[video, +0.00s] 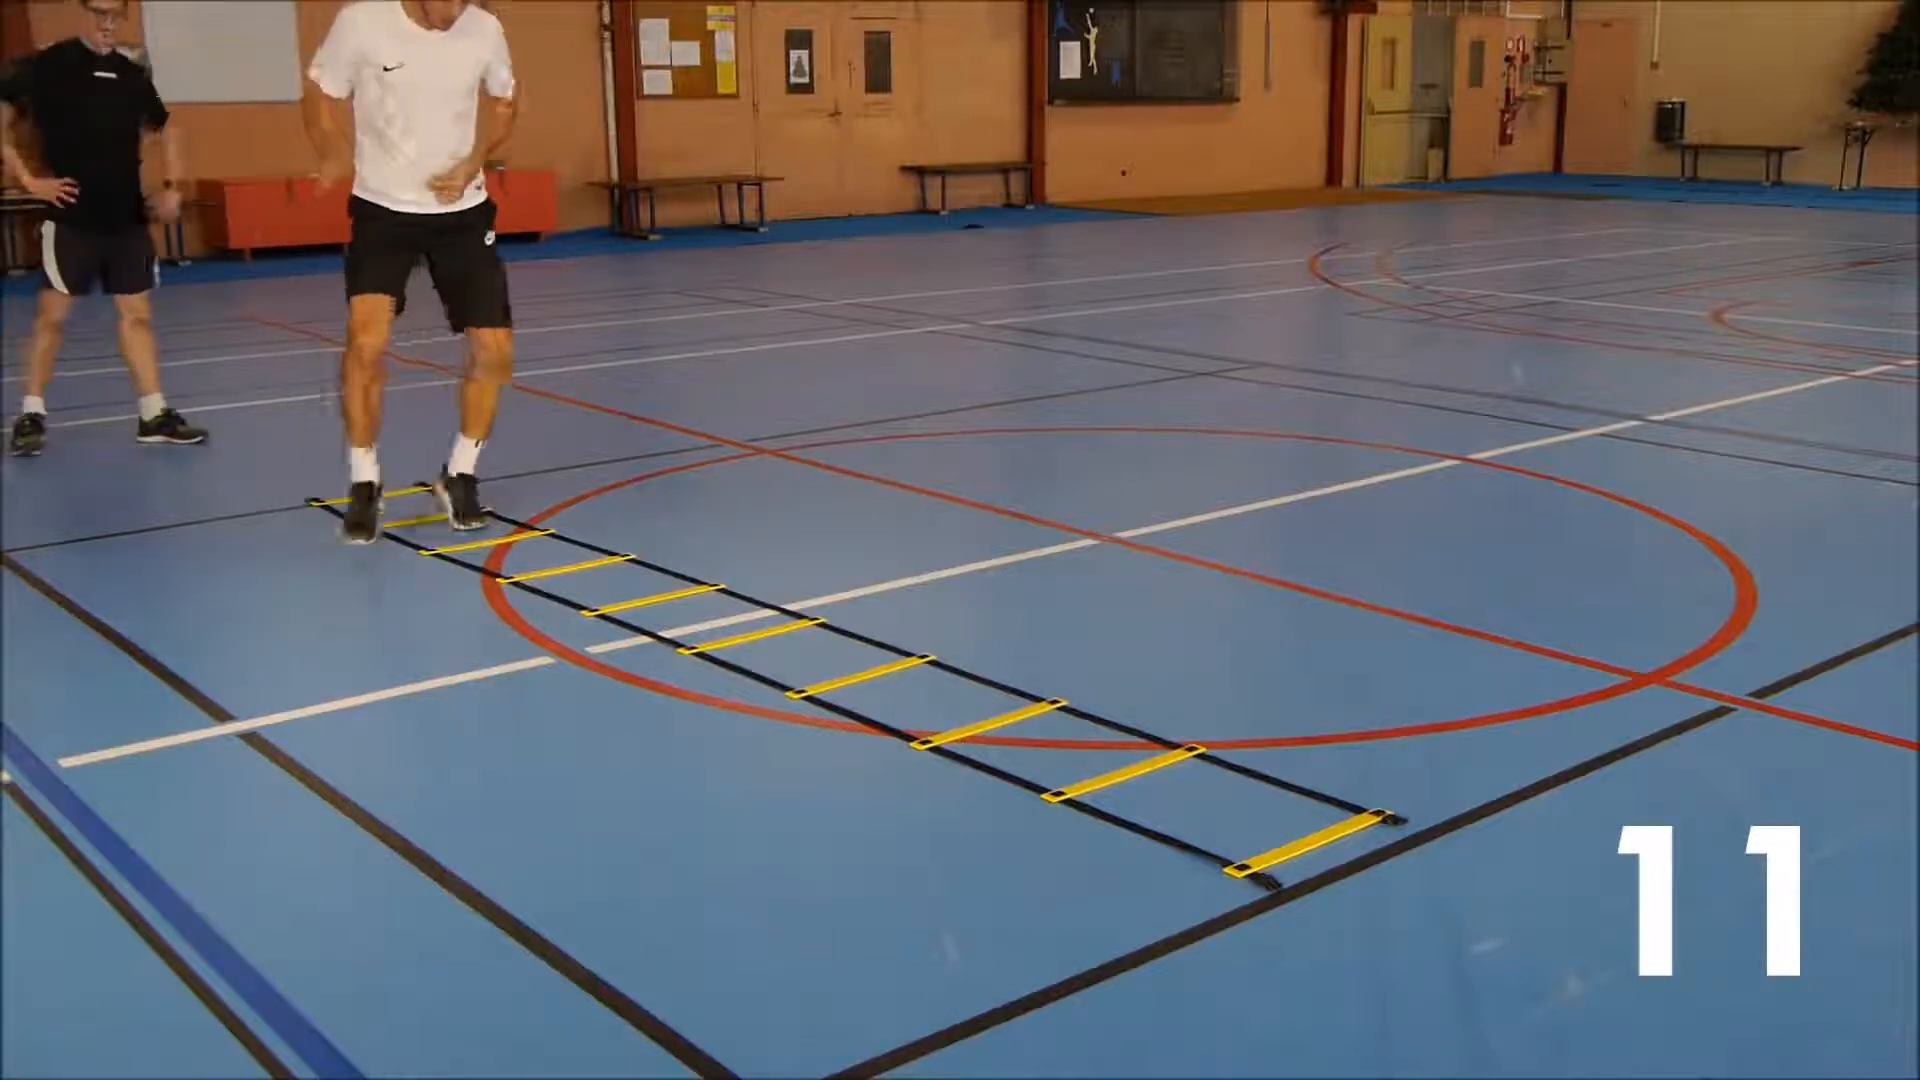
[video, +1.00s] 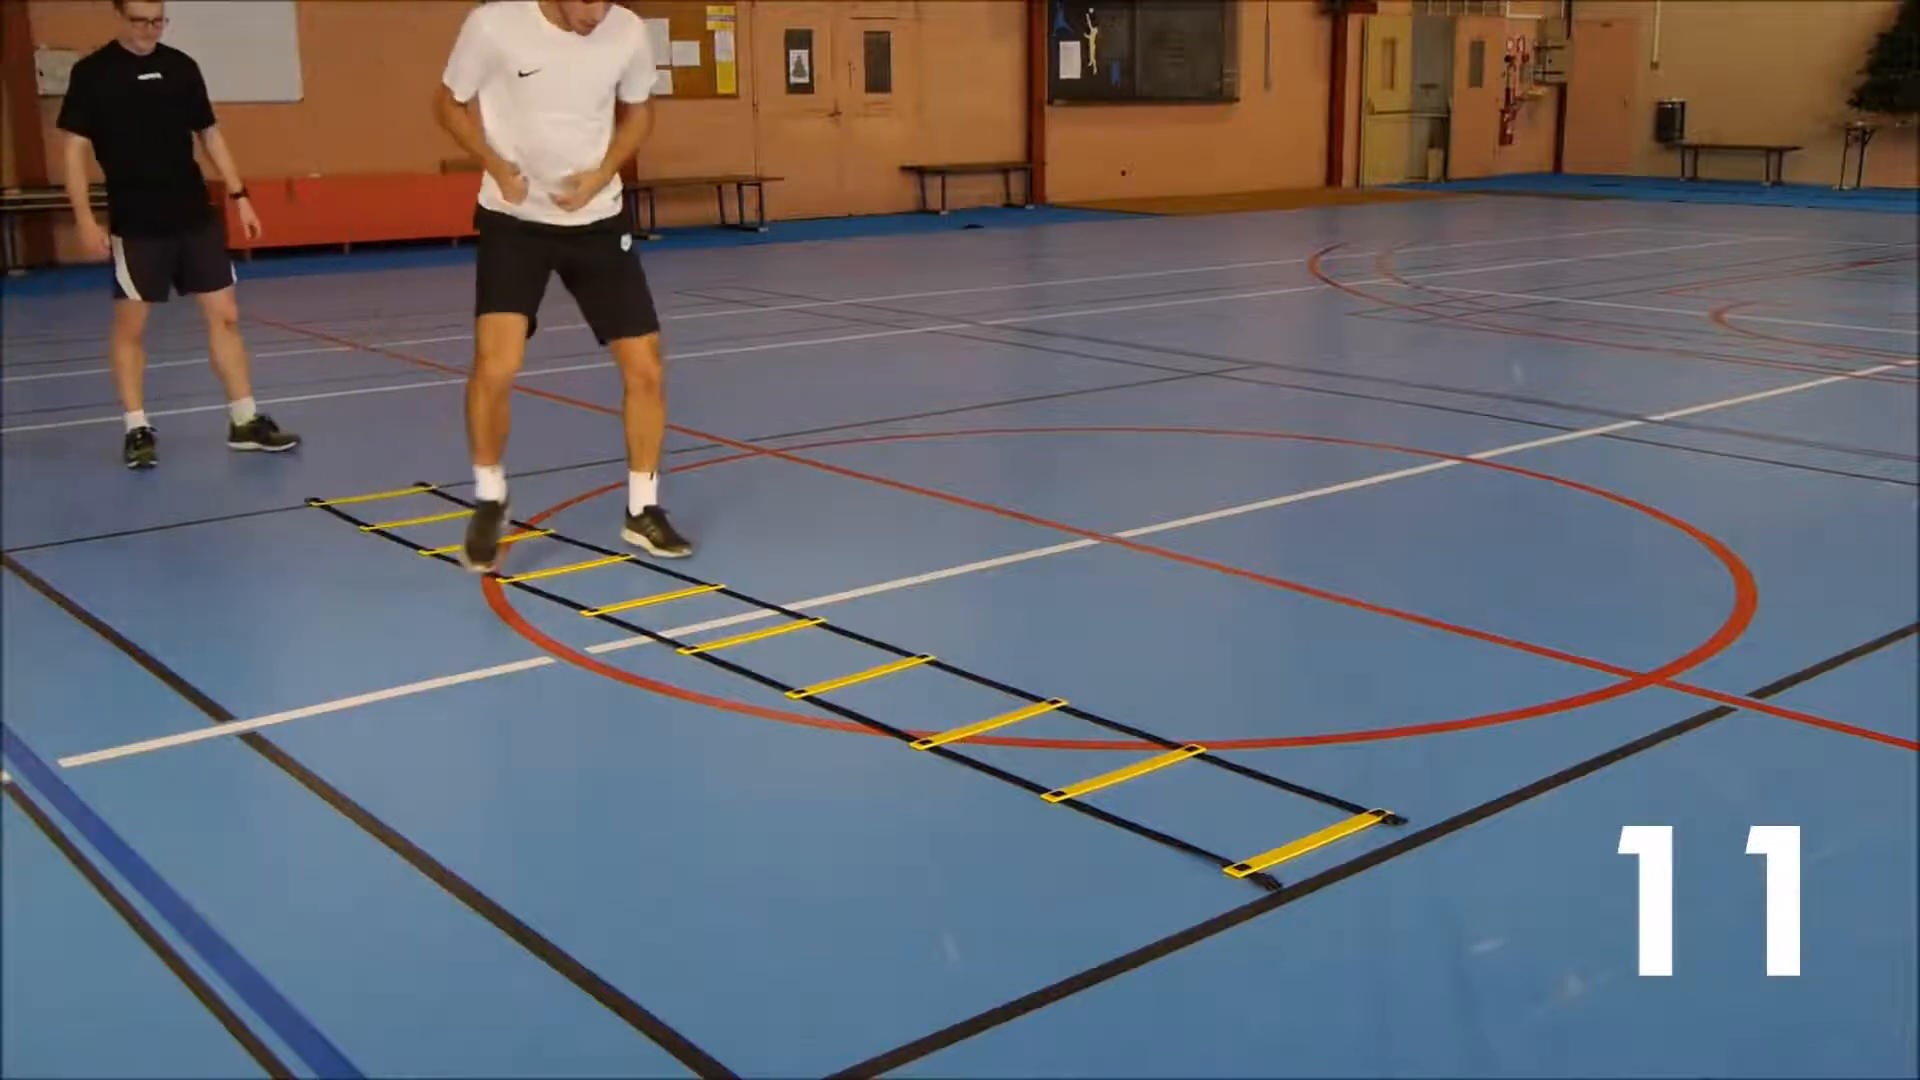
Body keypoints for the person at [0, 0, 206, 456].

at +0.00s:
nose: (108, 24)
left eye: (116, 17)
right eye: (100, 15)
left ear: (124, 19)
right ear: (83, 15)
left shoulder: (133, 74)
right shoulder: (50, 65)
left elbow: (165, 129)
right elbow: (3, 120)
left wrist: (171, 185)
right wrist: (28, 180)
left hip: (125, 211)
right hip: (69, 213)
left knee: (137, 313)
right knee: (53, 313)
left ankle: (154, 413)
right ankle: (32, 411)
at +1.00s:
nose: (150, 30)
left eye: (158, 20)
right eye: (139, 21)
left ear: (165, 16)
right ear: (117, 16)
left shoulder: (182, 66)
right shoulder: (91, 73)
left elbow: (210, 136)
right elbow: (74, 150)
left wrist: (240, 197)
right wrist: (86, 221)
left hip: (195, 214)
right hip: (135, 221)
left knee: (225, 316)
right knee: (131, 328)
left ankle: (245, 420)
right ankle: (137, 428)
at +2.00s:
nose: (161, 14)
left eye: (169, 5)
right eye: (160, 7)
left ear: (198, 7)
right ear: (185, 14)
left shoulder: (257, 62)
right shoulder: (165, 74)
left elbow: (291, 140)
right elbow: (156, 152)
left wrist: (285, 209)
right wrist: (144, 167)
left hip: (273, 215)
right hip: (214, 223)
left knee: (310, 319)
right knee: (225, 332)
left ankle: (295, 402)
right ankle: (241, 438)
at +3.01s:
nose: (321, 40)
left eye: (331, 31)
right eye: (313, 30)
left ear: (340, 23)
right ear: (291, 16)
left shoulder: (349, 77)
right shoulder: (251, 62)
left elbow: (354, 158)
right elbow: (219, 134)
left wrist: (336, 214)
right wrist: (216, 208)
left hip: (322, 224)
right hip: (261, 225)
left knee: (328, 334)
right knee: (263, 335)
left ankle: (337, 444)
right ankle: (265, 446)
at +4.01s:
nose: (325, 34)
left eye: (334, 24)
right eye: (315, 23)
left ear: (343, 18)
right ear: (293, 14)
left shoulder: (358, 69)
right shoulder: (258, 65)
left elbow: (375, 137)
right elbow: (231, 145)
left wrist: (368, 153)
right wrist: (254, 212)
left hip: (337, 225)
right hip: (278, 226)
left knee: (341, 337)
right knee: (277, 338)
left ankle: (337, 447)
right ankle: (274, 447)